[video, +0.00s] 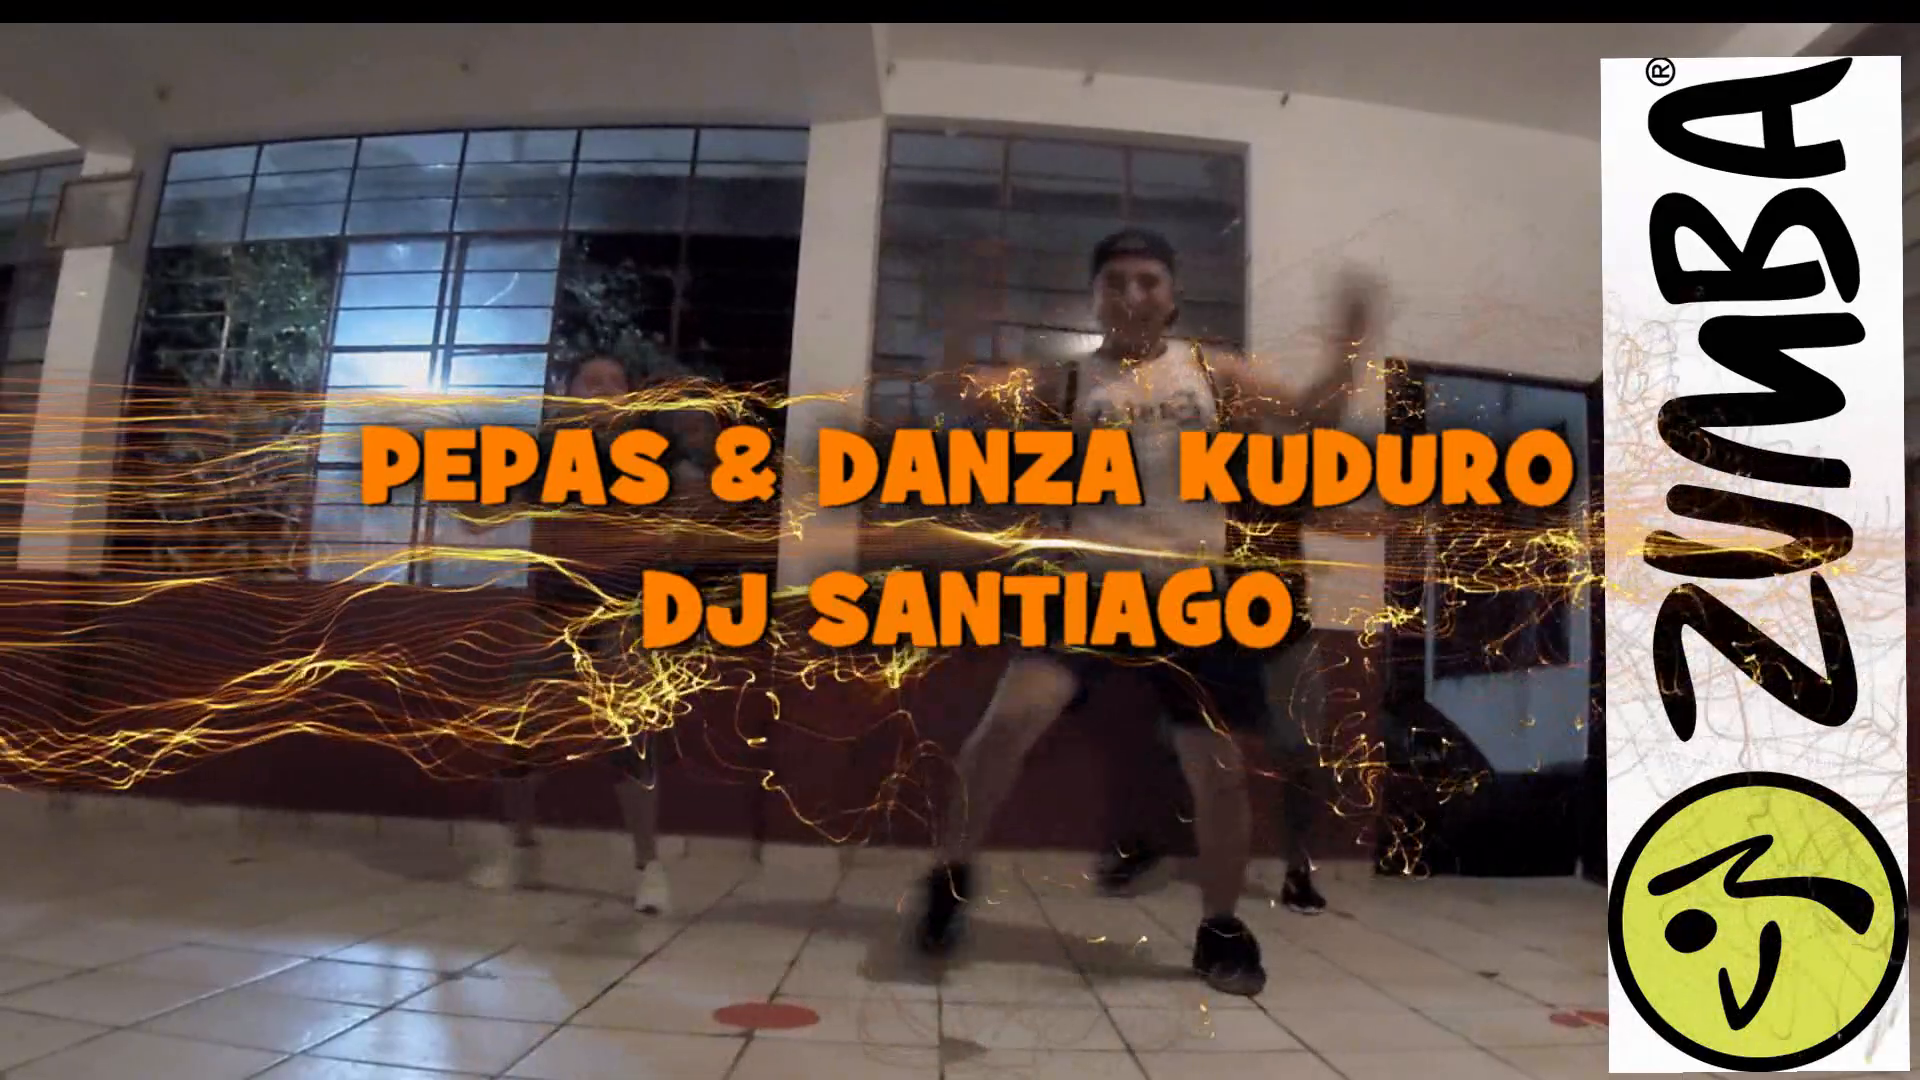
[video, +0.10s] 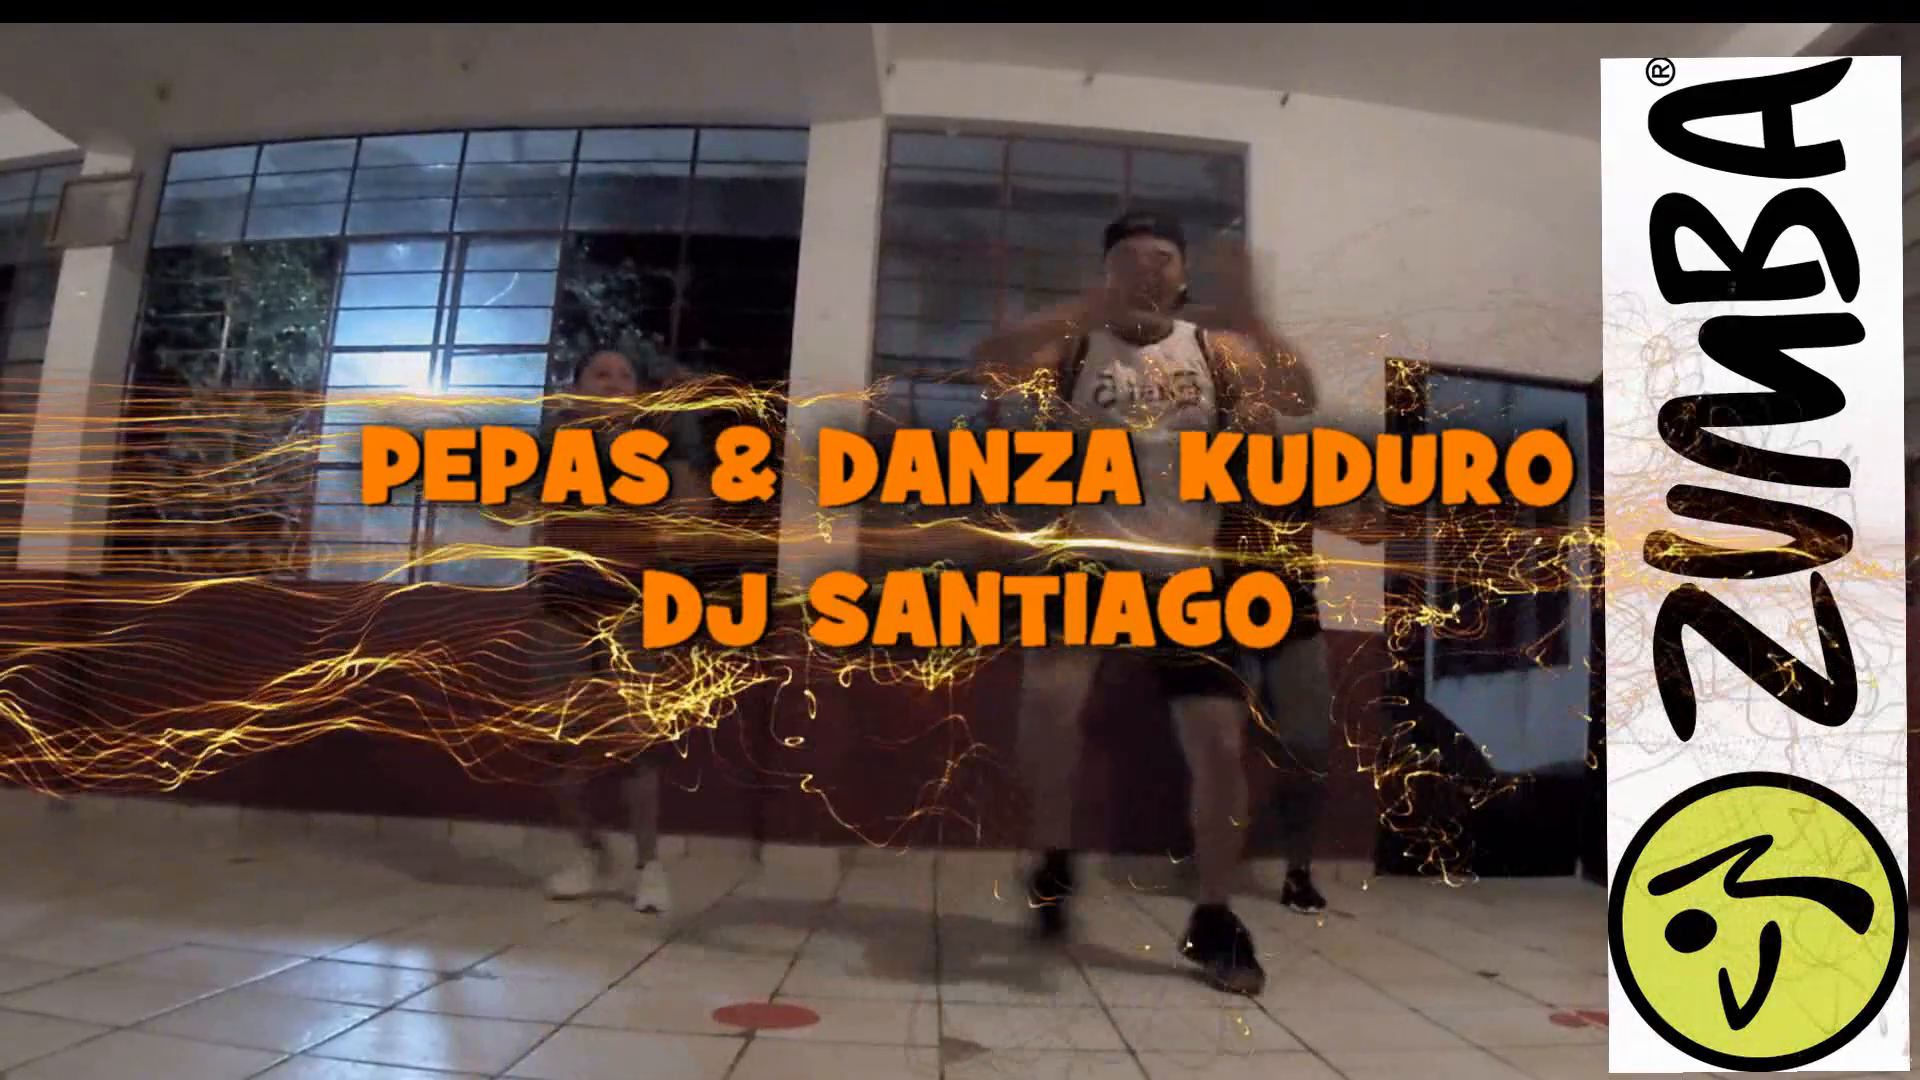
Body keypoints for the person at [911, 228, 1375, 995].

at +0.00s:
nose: (1132, 296)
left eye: (1147, 282)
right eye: (1117, 283)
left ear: (1173, 293)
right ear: (1097, 296)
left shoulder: (1210, 371)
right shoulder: (1068, 378)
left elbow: (1311, 408)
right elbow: (993, 397)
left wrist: (1349, 341)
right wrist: (967, 390)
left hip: (1191, 589)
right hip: (1085, 588)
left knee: (1218, 759)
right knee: (1014, 713)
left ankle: (1221, 927)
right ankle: (950, 879)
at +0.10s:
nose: (1150, 273)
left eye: (1163, 260)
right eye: (1135, 260)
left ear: (1182, 273)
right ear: (1106, 271)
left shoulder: (1214, 353)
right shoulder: (1069, 348)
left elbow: (1268, 443)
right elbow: (995, 366)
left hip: (1187, 568)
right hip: (1083, 567)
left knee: (1220, 738)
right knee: (1050, 692)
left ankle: (1214, 916)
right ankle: (1053, 861)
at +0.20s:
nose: (1159, 290)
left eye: (1172, 277)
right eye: (1145, 277)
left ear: (1192, 290)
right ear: (1119, 288)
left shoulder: (1218, 377)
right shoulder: (1083, 373)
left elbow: (1272, 421)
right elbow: (1015, 381)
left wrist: (1215, 379)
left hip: (1188, 587)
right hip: (1094, 586)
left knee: (1214, 757)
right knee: (1106, 723)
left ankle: (1207, 921)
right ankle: (1129, 902)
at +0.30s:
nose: (1150, 334)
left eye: (1167, 321)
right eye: (1138, 320)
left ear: (1195, 335)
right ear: (1118, 333)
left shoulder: (1216, 414)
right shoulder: (1077, 407)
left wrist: (1235, 415)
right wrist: (1049, 420)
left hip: (1180, 611)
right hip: (1086, 611)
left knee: (1218, 781)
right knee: (1093, 754)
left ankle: (1202, 931)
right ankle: (1132, 922)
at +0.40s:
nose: (1126, 363)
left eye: (1141, 348)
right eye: (1116, 348)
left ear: (1174, 355)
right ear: (1098, 356)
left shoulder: (1203, 437)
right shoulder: (1064, 437)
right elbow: (1008, 532)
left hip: (1159, 638)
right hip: (1059, 632)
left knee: (1204, 783)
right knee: (1001, 725)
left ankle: (1201, 928)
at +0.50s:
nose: (1077, 340)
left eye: (1090, 327)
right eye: (1067, 327)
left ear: (1124, 334)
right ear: (1053, 332)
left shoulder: (1155, 414)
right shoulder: (1020, 396)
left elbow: (1267, 437)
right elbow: (922, 396)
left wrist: (1364, 405)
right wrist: (820, 357)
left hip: (1114, 617)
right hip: (1004, 608)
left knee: (1176, 776)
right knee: (913, 723)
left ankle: (1197, 926)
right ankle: (841, 885)